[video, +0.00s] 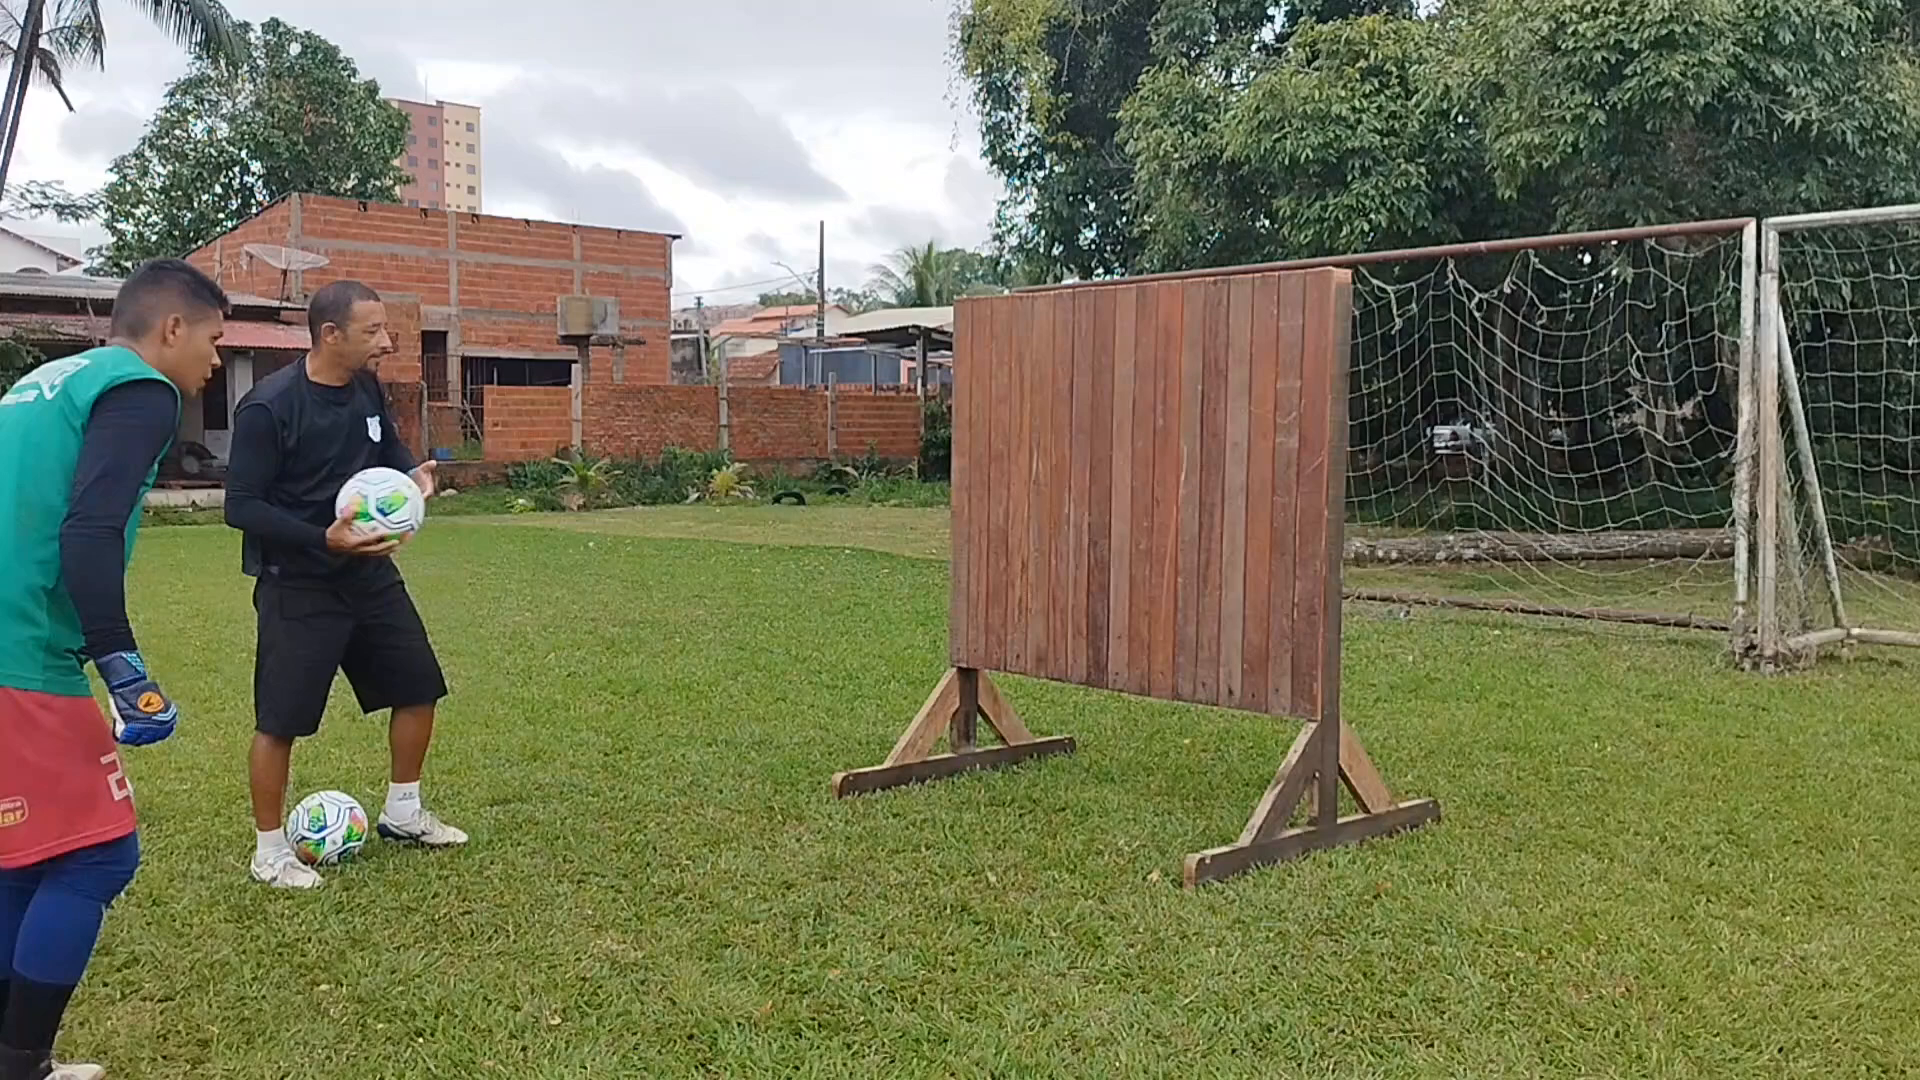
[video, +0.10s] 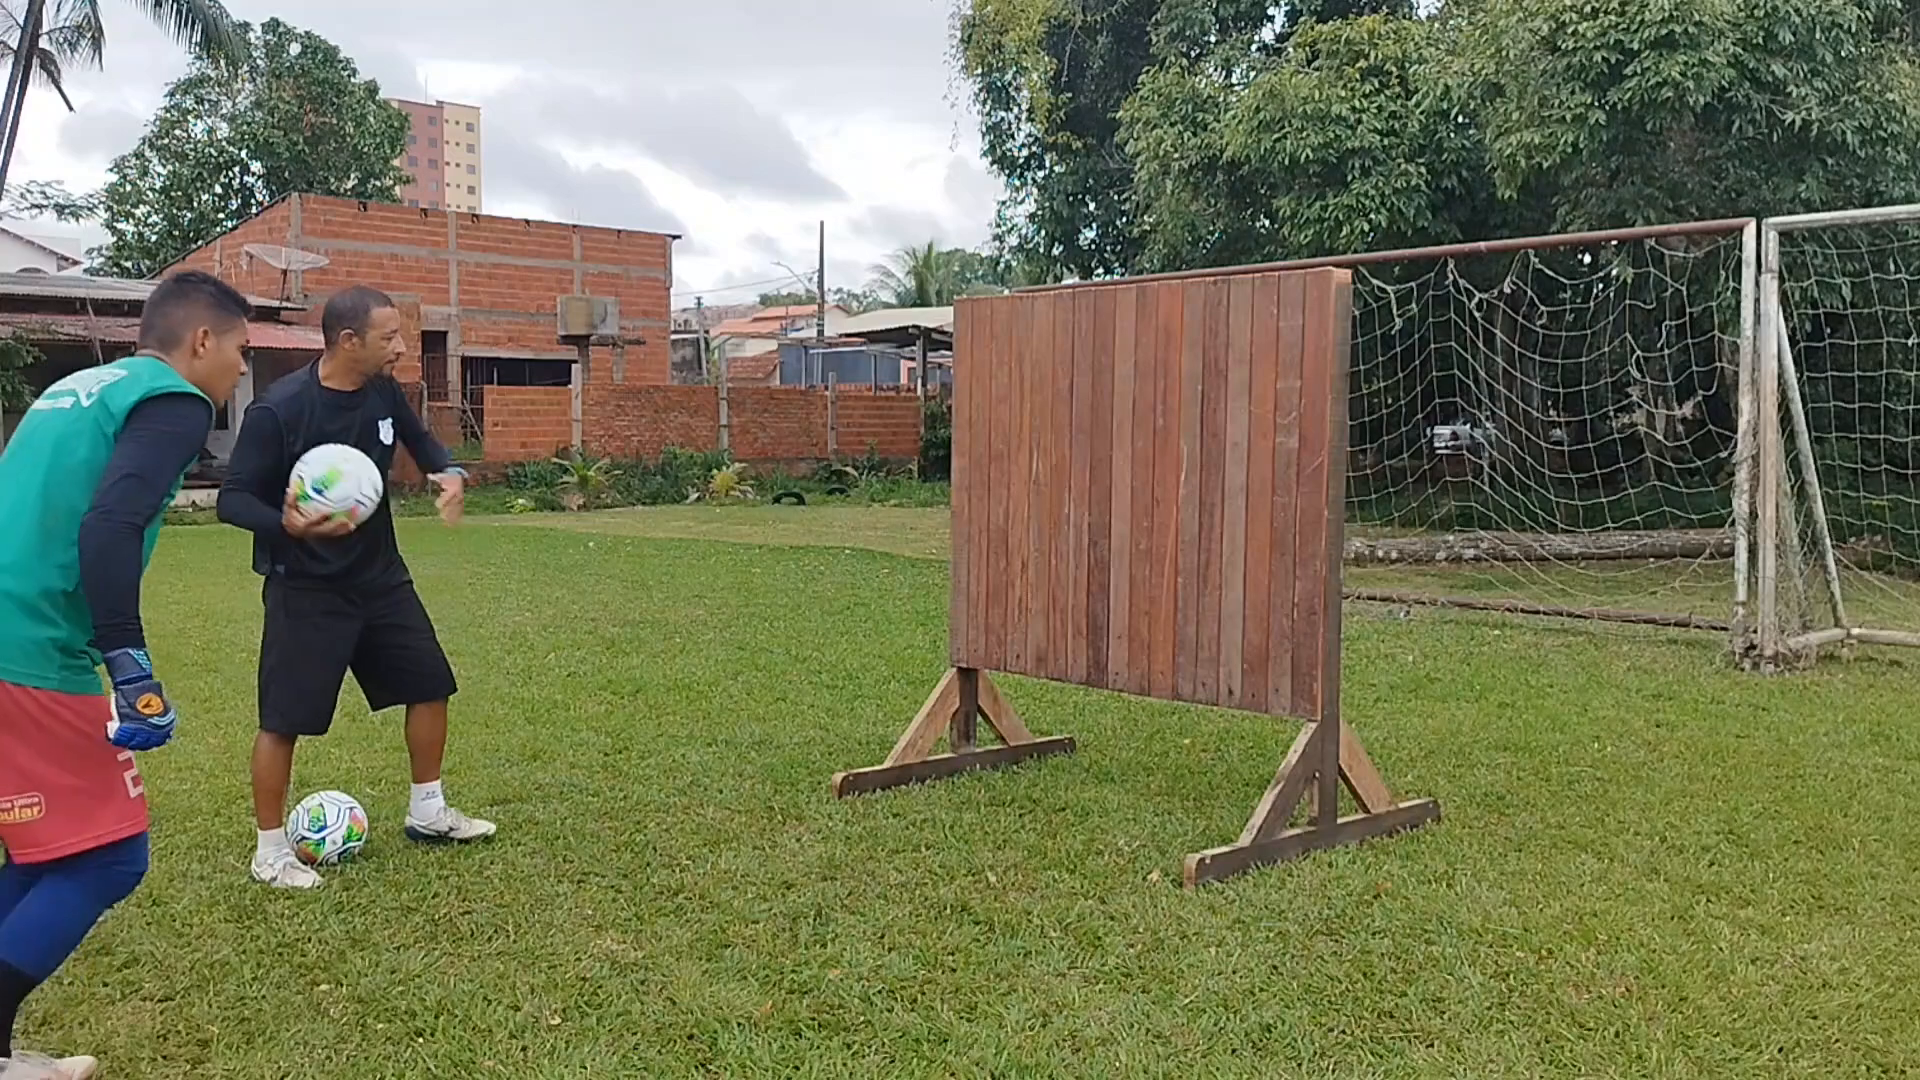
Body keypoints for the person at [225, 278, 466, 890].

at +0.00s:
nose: (382, 343)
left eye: (384, 331)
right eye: (372, 332)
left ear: (348, 334)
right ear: (330, 333)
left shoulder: (367, 393)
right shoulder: (268, 408)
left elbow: (386, 465)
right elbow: (240, 506)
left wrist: (412, 477)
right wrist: (323, 538)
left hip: (372, 578)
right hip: (296, 586)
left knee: (419, 688)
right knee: (279, 721)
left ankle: (402, 813)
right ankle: (270, 851)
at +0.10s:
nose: (397, 348)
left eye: (397, 337)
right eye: (387, 339)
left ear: (356, 341)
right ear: (346, 341)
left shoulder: (384, 393)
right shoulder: (278, 410)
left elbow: (424, 445)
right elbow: (232, 500)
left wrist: (447, 474)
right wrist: (284, 523)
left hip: (380, 580)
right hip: (304, 591)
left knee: (430, 684)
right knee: (282, 720)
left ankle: (427, 811)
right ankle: (271, 852)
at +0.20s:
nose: (421, 356)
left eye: (421, 344)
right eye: (410, 347)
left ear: (386, 349)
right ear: (367, 350)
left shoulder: (407, 393)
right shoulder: (307, 408)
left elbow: (460, 424)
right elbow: (237, 503)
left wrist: (515, 476)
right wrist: (260, 452)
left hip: (392, 579)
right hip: (317, 586)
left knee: (442, 682)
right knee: (289, 717)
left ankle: (458, 811)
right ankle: (272, 852)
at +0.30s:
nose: (451, 368)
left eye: (450, 357)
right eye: (440, 359)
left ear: (420, 361)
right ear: (399, 363)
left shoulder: (436, 397)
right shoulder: (334, 412)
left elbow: (489, 411)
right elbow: (261, 458)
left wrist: (557, 450)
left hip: (411, 583)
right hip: (336, 589)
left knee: (458, 685)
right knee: (299, 711)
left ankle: (475, 815)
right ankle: (273, 849)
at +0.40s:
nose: (493, 378)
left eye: (492, 366)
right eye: (484, 368)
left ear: (458, 372)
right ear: (447, 372)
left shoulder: (466, 408)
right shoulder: (383, 416)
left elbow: (494, 403)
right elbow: (312, 444)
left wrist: (541, 426)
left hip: (436, 589)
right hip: (365, 590)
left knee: (482, 686)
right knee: (318, 721)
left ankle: (481, 816)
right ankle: (281, 840)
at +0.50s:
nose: (536, 387)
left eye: (536, 376)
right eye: (528, 377)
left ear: (492, 381)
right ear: (491, 380)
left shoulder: (486, 425)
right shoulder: (446, 431)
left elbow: (476, 430)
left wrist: (504, 439)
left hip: (447, 597)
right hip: (398, 598)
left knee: (490, 685)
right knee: (360, 716)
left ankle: (482, 815)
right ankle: (283, 839)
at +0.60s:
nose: (563, 398)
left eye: (565, 386)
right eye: (555, 387)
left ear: (541, 386)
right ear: (523, 384)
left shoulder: (503, 437)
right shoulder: (468, 430)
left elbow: (575, 481)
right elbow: (570, 482)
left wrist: (643, 455)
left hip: (444, 580)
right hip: (395, 579)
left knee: (486, 679)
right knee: (367, 708)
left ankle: (481, 812)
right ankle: (295, 836)